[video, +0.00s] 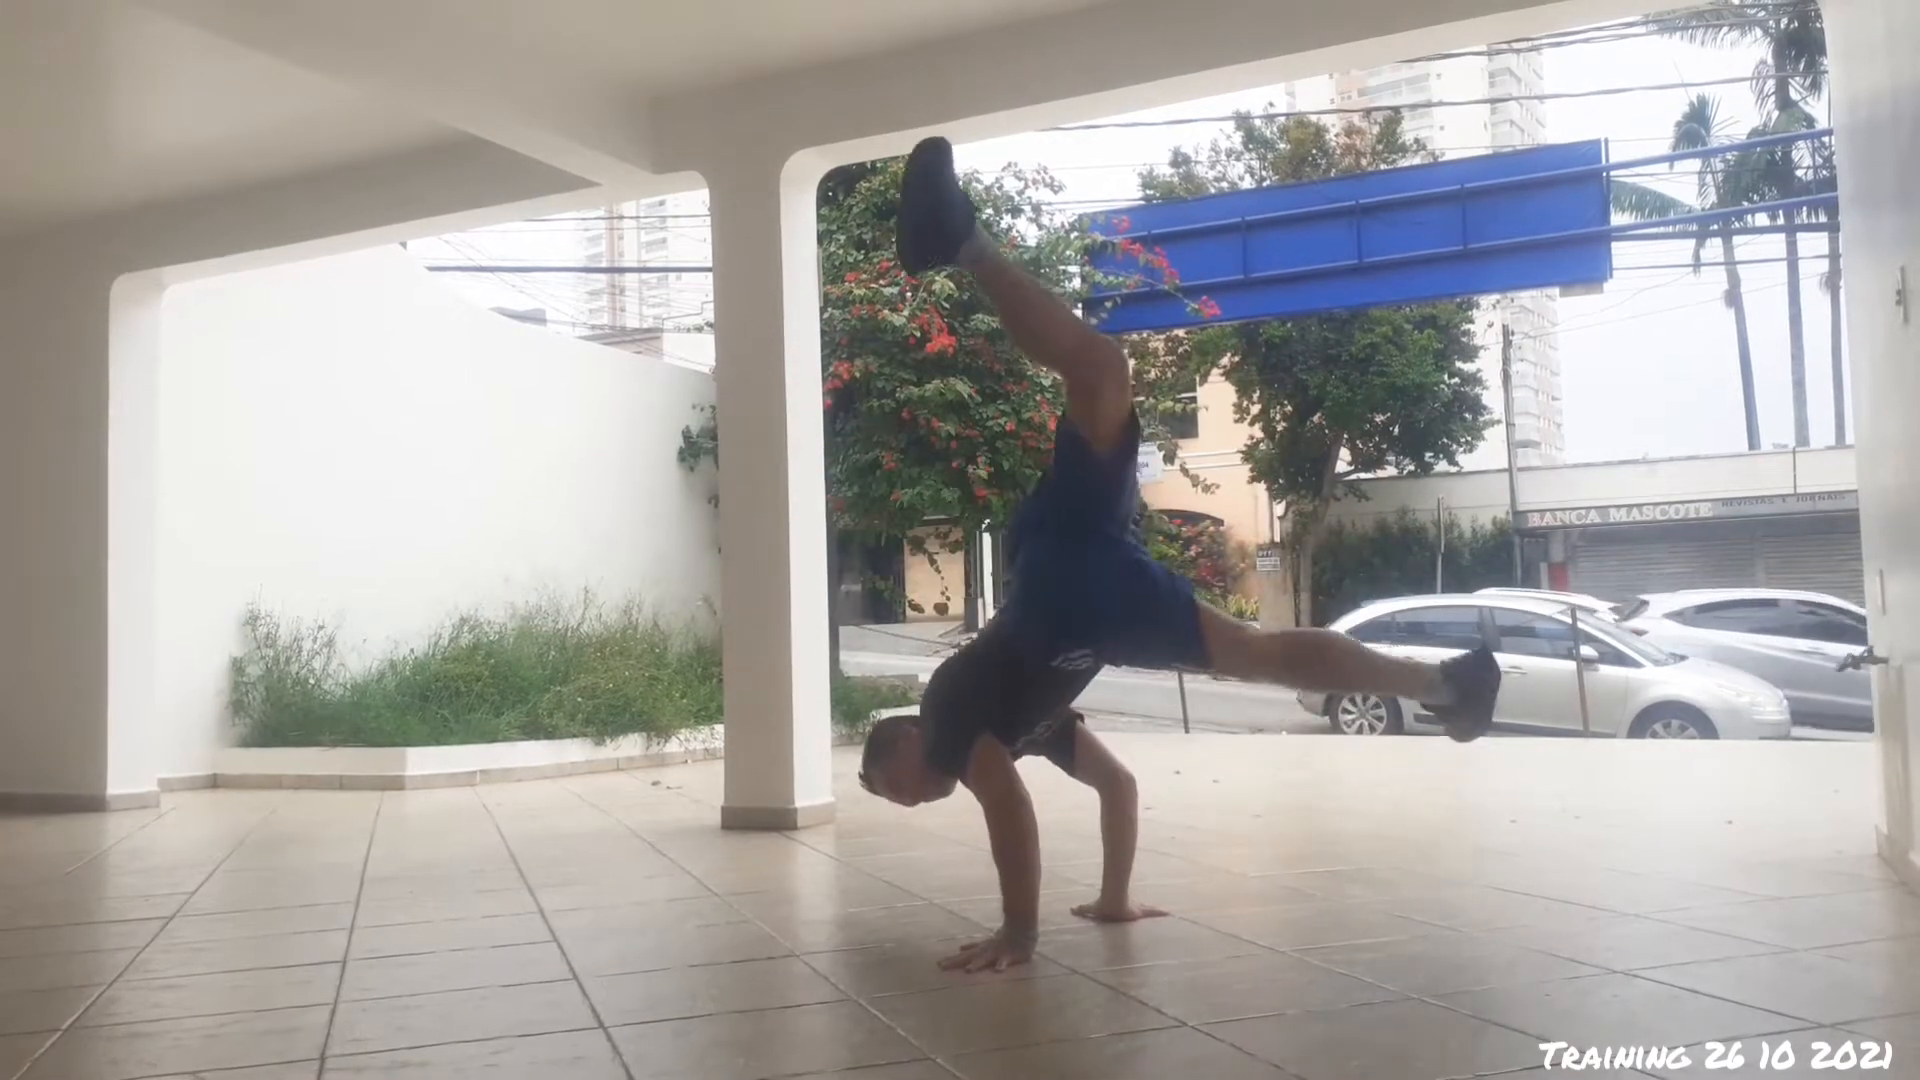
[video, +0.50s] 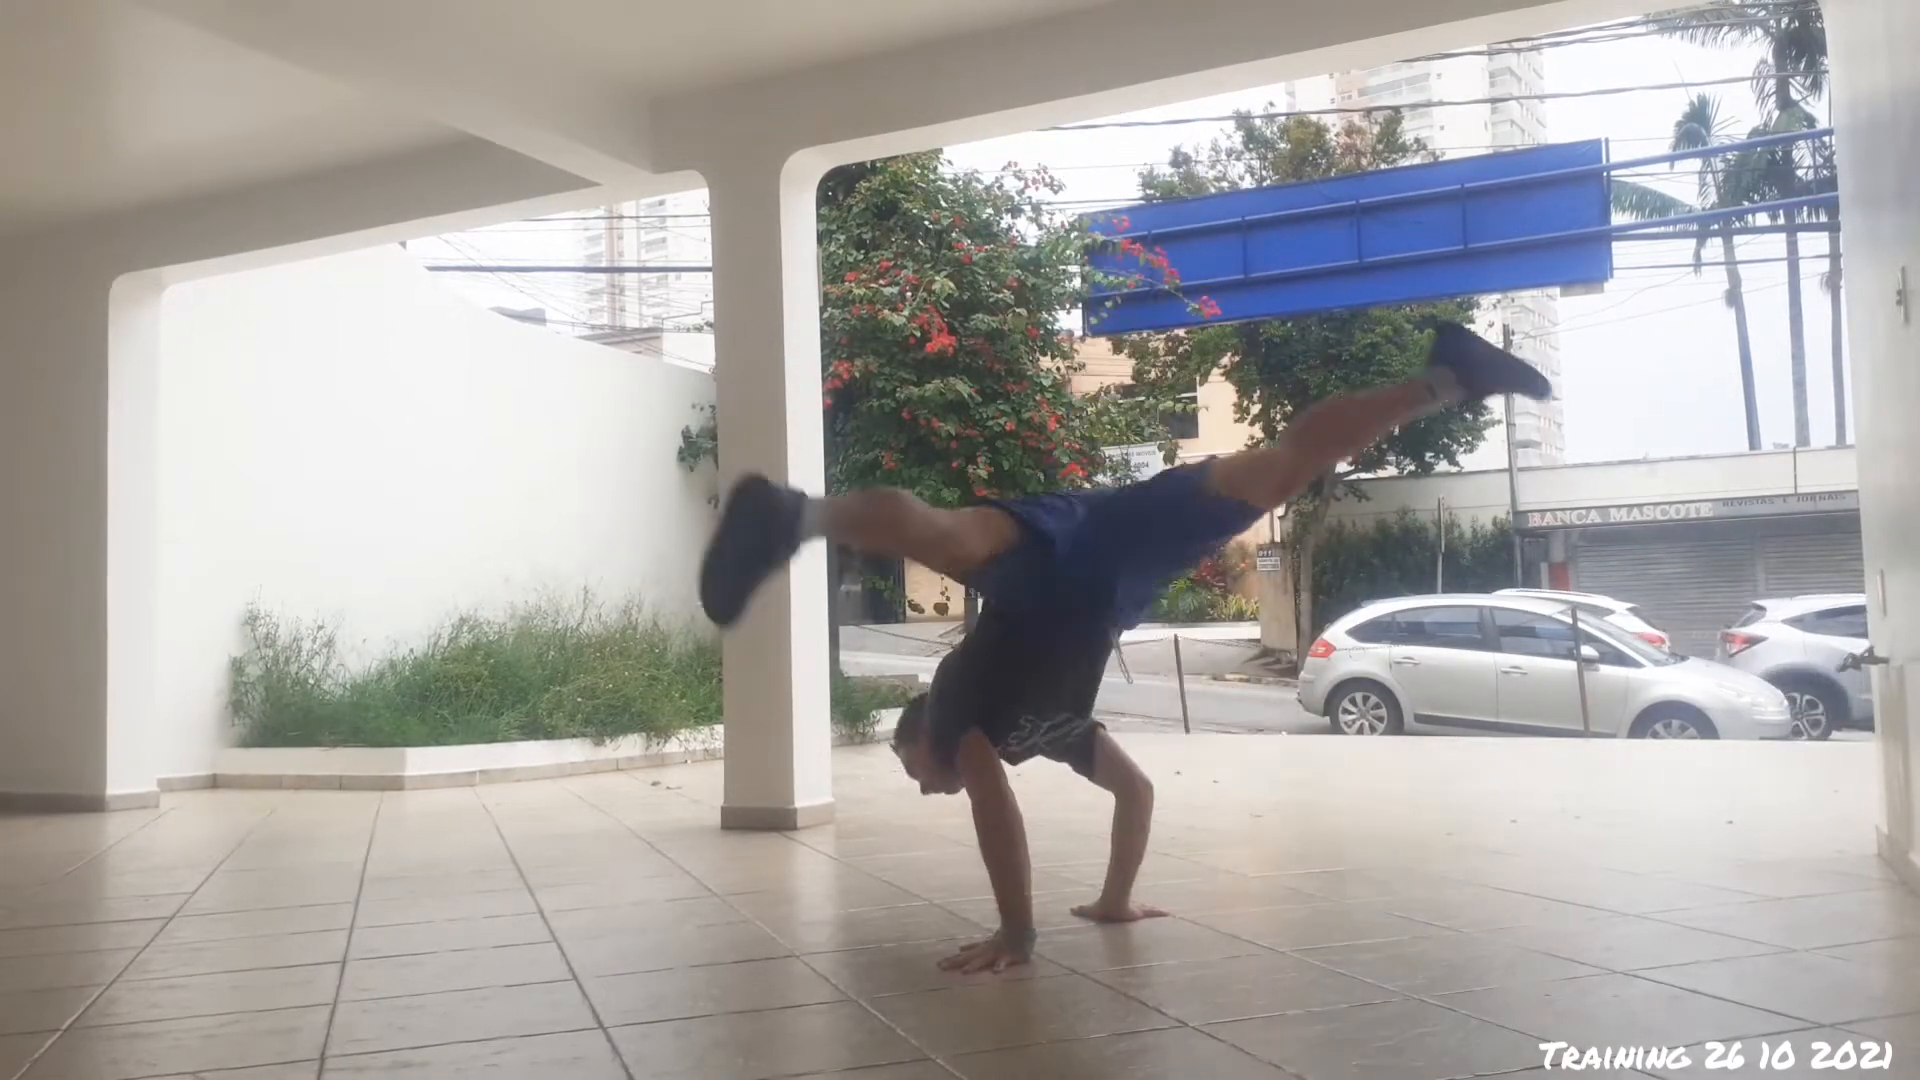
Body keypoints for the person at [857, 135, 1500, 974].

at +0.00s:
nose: (904, 798)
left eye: (891, 788)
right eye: (894, 795)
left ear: (899, 748)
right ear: (924, 757)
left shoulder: (949, 712)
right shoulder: (1032, 722)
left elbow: (1009, 814)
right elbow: (1119, 786)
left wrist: (1015, 934)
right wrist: (1113, 899)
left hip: (1091, 599)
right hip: (1063, 539)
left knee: (1255, 653)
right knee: (1099, 367)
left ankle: (1443, 686)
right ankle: (965, 244)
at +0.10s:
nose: (903, 794)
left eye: (891, 783)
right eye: (892, 790)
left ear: (903, 744)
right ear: (919, 747)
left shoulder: (948, 713)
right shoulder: (1035, 720)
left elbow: (1004, 805)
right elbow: (1119, 787)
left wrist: (1016, 933)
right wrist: (1113, 899)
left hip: (1077, 596)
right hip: (1059, 536)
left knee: (1253, 670)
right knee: (1099, 356)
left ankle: (1446, 724)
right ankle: (994, 195)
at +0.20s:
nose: (907, 790)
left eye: (893, 777)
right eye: (895, 784)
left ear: (901, 741)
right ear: (922, 742)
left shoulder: (946, 709)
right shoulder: (1037, 718)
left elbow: (1003, 808)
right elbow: (1120, 787)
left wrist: (1016, 932)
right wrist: (1114, 898)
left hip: (1057, 583)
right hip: (1070, 522)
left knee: (1215, 693)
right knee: (1111, 371)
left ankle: (1404, 798)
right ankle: (1057, 169)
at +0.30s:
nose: (911, 789)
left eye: (899, 774)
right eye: (899, 783)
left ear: (911, 739)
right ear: (927, 738)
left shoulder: (948, 705)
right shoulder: (1044, 721)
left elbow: (1003, 813)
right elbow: (1125, 792)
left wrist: (1015, 934)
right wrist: (1114, 898)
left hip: (1042, 556)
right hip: (1081, 505)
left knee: (1145, 693)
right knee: (1138, 364)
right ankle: (1170, 191)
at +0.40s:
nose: (914, 787)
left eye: (903, 773)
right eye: (905, 781)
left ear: (915, 737)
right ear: (933, 748)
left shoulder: (962, 707)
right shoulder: (1049, 727)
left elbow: (1003, 817)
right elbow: (1132, 789)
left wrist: (1016, 933)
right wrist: (1114, 900)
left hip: (1054, 540)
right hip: (1116, 546)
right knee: (1218, 376)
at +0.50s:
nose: (928, 778)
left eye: (915, 766)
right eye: (922, 773)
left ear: (914, 729)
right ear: (964, 738)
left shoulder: (948, 709)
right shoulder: (1057, 726)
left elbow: (995, 814)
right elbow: (1137, 792)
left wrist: (1012, 941)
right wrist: (1114, 901)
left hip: (1041, 541)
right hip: (1129, 534)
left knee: (928, 529)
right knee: (1276, 470)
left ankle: (794, 517)